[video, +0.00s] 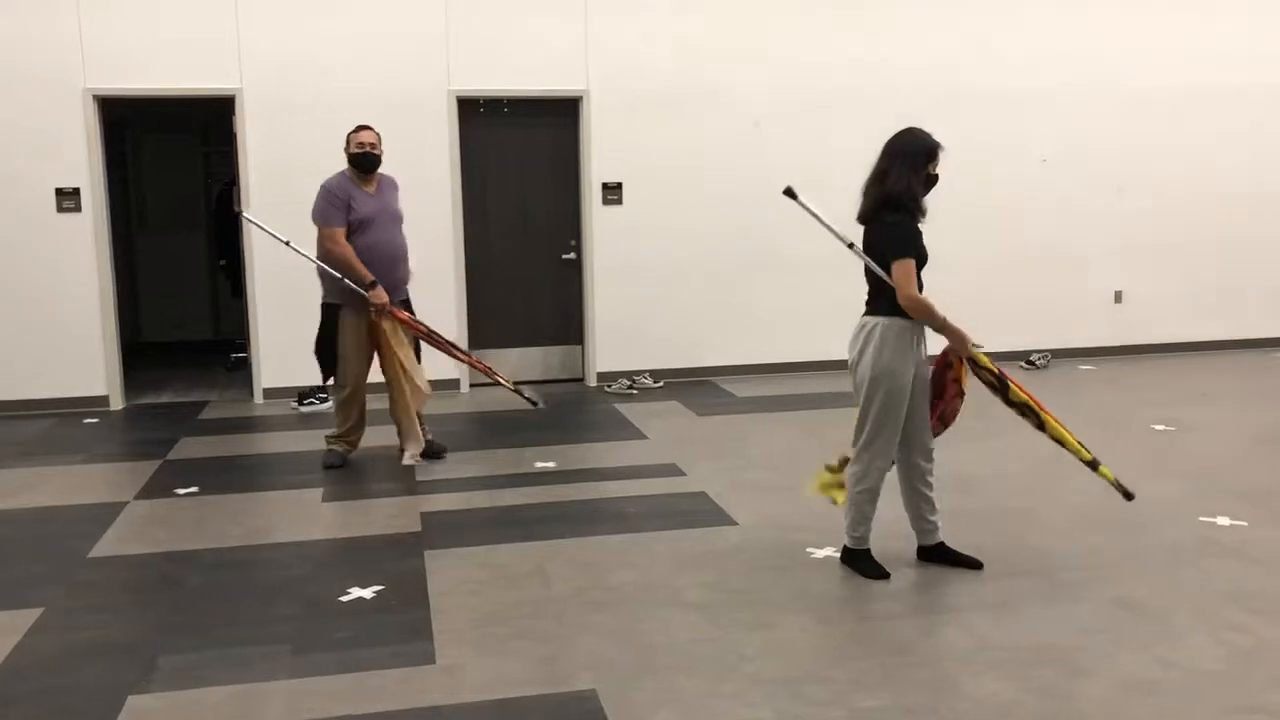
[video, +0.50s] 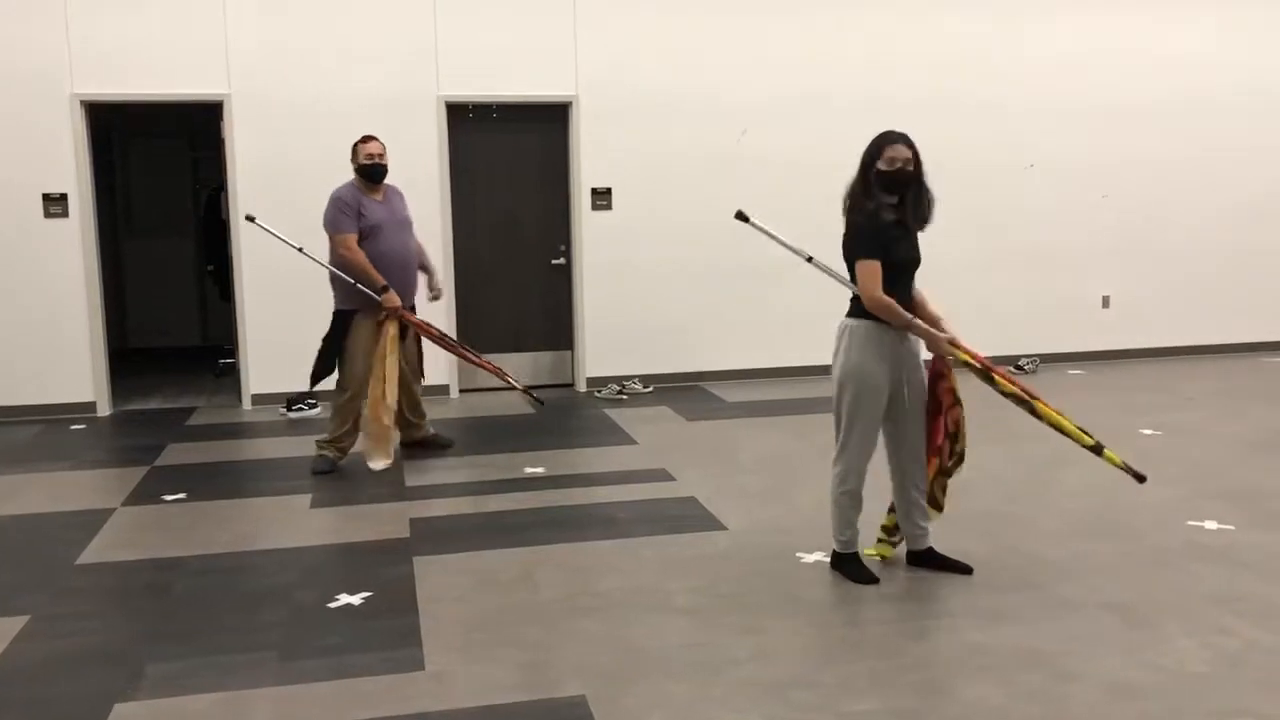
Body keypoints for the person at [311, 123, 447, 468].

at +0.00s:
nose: (367, 150)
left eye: (373, 146)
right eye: (359, 146)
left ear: (382, 152)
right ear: (347, 152)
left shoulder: (389, 185)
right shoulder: (334, 190)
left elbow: (390, 236)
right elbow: (332, 245)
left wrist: (397, 283)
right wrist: (371, 285)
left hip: (395, 296)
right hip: (349, 299)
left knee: (406, 372)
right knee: (349, 378)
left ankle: (416, 439)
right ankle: (340, 444)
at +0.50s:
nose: (375, 161)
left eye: (380, 156)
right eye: (368, 157)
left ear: (387, 161)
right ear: (354, 163)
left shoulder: (395, 195)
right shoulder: (343, 199)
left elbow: (406, 238)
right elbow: (345, 251)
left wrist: (429, 270)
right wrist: (383, 289)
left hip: (401, 303)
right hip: (360, 307)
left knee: (409, 373)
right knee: (353, 382)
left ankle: (414, 434)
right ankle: (332, 450)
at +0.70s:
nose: (398, 165)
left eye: (402, 160)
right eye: (390, 160)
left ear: (407, 163)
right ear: (374, 164)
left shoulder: (410, 196)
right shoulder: (360, 199)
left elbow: (432, 231)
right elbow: (361, 250)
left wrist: (446, 227)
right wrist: (397, 288)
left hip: (417, 302)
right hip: (375, 304)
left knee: (418, 371)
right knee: (363, 377)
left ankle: (411, 434)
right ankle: (333, 448)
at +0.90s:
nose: (407, 167)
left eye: (410, 162)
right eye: (400, 162)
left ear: (414, 162)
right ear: (381, 162)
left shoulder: (420, 192)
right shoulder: (365, 196)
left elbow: (451, 224)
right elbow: (366, 247)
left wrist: (433, 194)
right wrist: (404, 284)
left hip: (416, 296)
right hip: (379, 297)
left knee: (415, 366)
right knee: (383, 369)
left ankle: (409, 432)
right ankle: (378, 443)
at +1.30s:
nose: (420, 172)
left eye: (424, 167)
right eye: (413, 167)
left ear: (428, 168)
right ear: (397, 167)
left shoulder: (431, 198)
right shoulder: (379, 201)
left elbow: (464, 226)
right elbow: (381, 250)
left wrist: (438, 191)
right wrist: (422, 283)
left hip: (436, 301)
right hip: (396, 306)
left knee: (457, 359)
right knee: (402, 380)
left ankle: (451, 427)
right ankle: (391, 444)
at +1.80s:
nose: (466, 181)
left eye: (470, 176)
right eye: (461, 176)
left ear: (475, 175)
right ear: (447, 173)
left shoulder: (480, 201)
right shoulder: (429, 203)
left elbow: (511, 228)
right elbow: (429, 250)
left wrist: (487, 196)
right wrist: (465, 281)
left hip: (483, 299)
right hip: (446, 301)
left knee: (481, 367)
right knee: (437, 370)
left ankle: (475, 429)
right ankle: (417, 440)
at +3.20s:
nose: (479, 133)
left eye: (480, 128)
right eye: (472, 128)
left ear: (479, 133)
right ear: (454, 132)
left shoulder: (475, 162)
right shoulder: (436, 165)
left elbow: (483, 206)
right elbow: (436, 216)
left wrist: (497, 236)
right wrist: (477, 246)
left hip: (479, 264)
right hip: (444, 267)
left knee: (479, 333)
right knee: (437, 338)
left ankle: (479, 393)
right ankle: (409, 401)